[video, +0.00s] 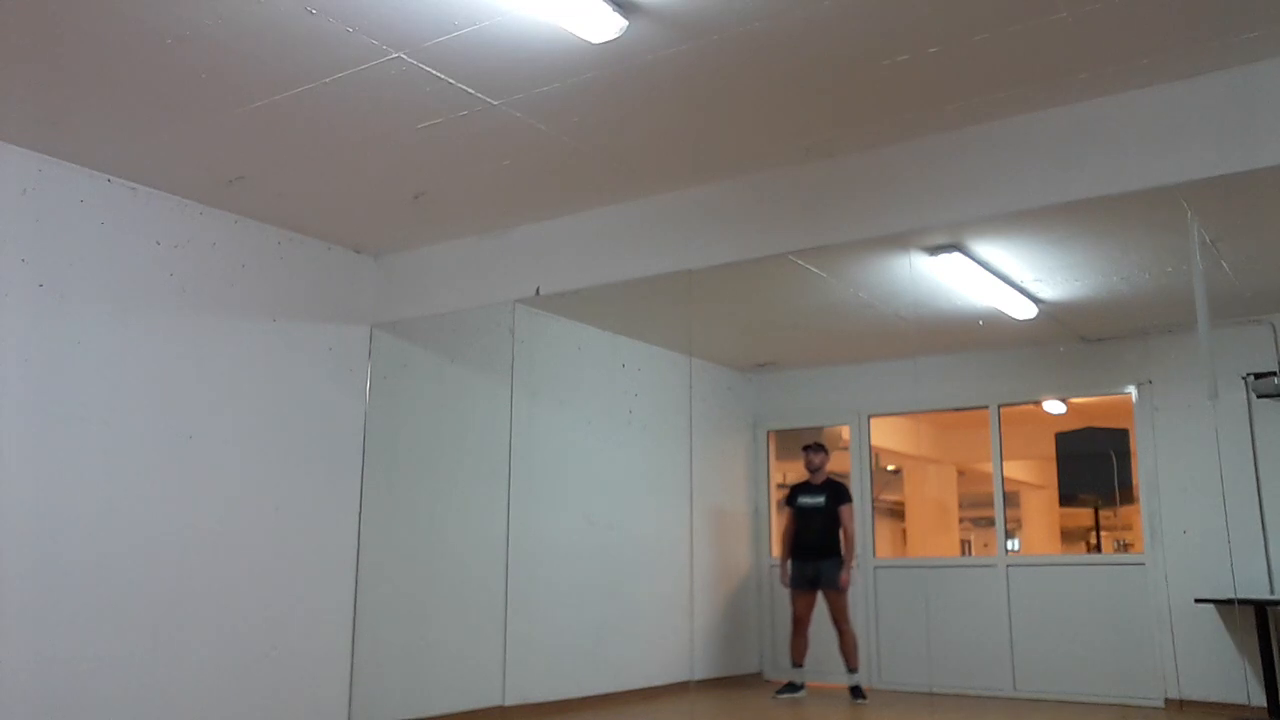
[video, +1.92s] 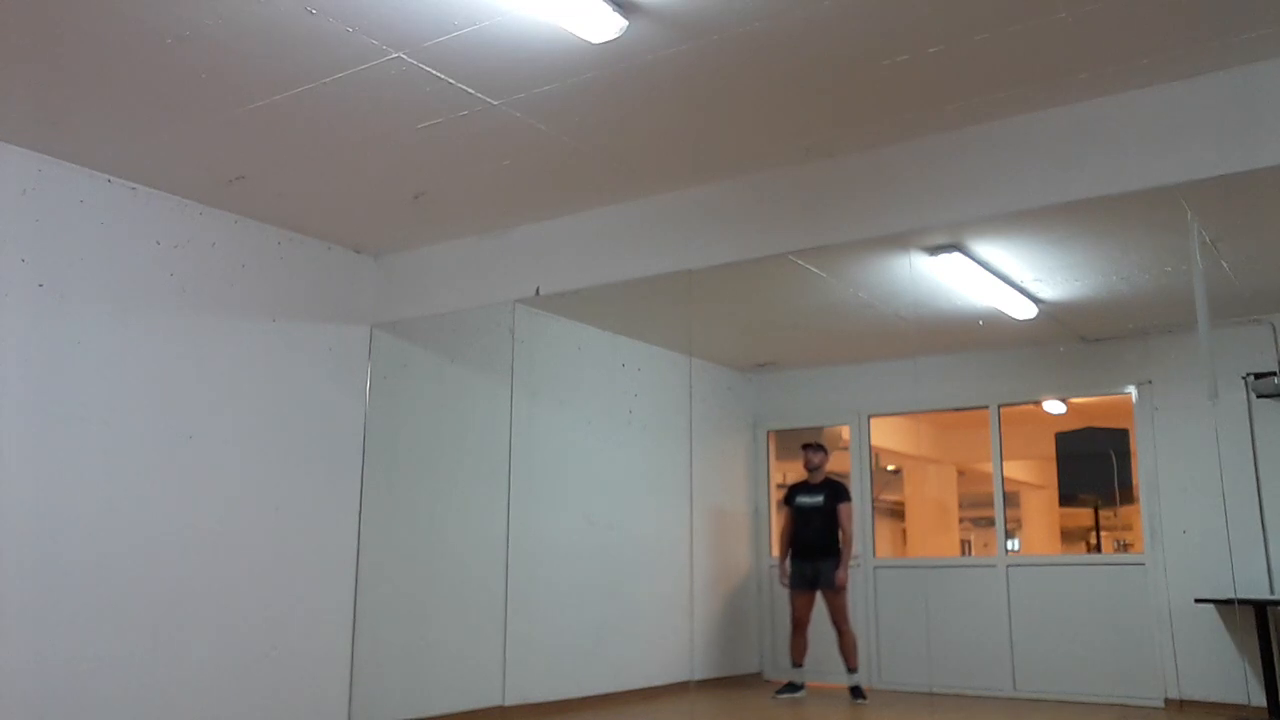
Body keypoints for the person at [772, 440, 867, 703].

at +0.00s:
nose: (812, 460)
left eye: (817, 455)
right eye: (809, 456)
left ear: (827, 459)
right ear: (804, 460)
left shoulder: (838, 490)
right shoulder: (796, 491)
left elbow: (848, 529)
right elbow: (789, 528)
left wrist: (847, 566)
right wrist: (784, 563)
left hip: (831, 564)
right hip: (802, 565)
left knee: (842, 623)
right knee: (799, 622)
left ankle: (854, 682)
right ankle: (797, 680)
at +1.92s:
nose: (811, 458)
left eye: (817, 454)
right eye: (808, 454)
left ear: (826, 459)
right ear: (803, 459)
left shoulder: (837, 489)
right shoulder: (794, 491)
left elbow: (846, 530)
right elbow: (787, 527)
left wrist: (844, 566)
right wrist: (783, 561)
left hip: (829, 563)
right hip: (800, 564)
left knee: (841, 623)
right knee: (798, 623)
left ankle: (854, 682)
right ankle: (796, 680)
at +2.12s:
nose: (811, 458)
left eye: (817, 454)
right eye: (808, 454)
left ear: (826, 459)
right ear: (803, 459)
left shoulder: (838, 489)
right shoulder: (794, 491)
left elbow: (846, 530)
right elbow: (787, 527)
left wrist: (844, 566)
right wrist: (783, 561)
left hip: (830, 563)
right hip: (801, 564)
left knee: (842, 623)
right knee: (798, 623)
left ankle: (854, 682)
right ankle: (796, 680)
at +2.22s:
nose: (812, 458)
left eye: (817, 454)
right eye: (808, 454)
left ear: (826, 459)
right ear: (804, 459)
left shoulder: (838, 490)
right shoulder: (794, 491)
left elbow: (847, 530)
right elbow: (787, 528)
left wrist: (844, 566)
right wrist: (783, 562)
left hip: (830, 563)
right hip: (801, 564)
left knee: (842, 623)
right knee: (798, 623)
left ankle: (854, 682)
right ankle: (796, 680)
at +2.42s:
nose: (812, 458)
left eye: (817, 454)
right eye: (808, 454)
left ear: (827, 459)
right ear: (804, 459)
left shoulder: (838, 490)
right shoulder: (795, 491)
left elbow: (847, 531)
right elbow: (788, 528)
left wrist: (844, 567)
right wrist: (784, 562)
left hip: (830, 563)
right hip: (801, 564)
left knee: (842, 623)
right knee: (799, 623)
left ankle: (854, 682)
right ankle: (796, 680)